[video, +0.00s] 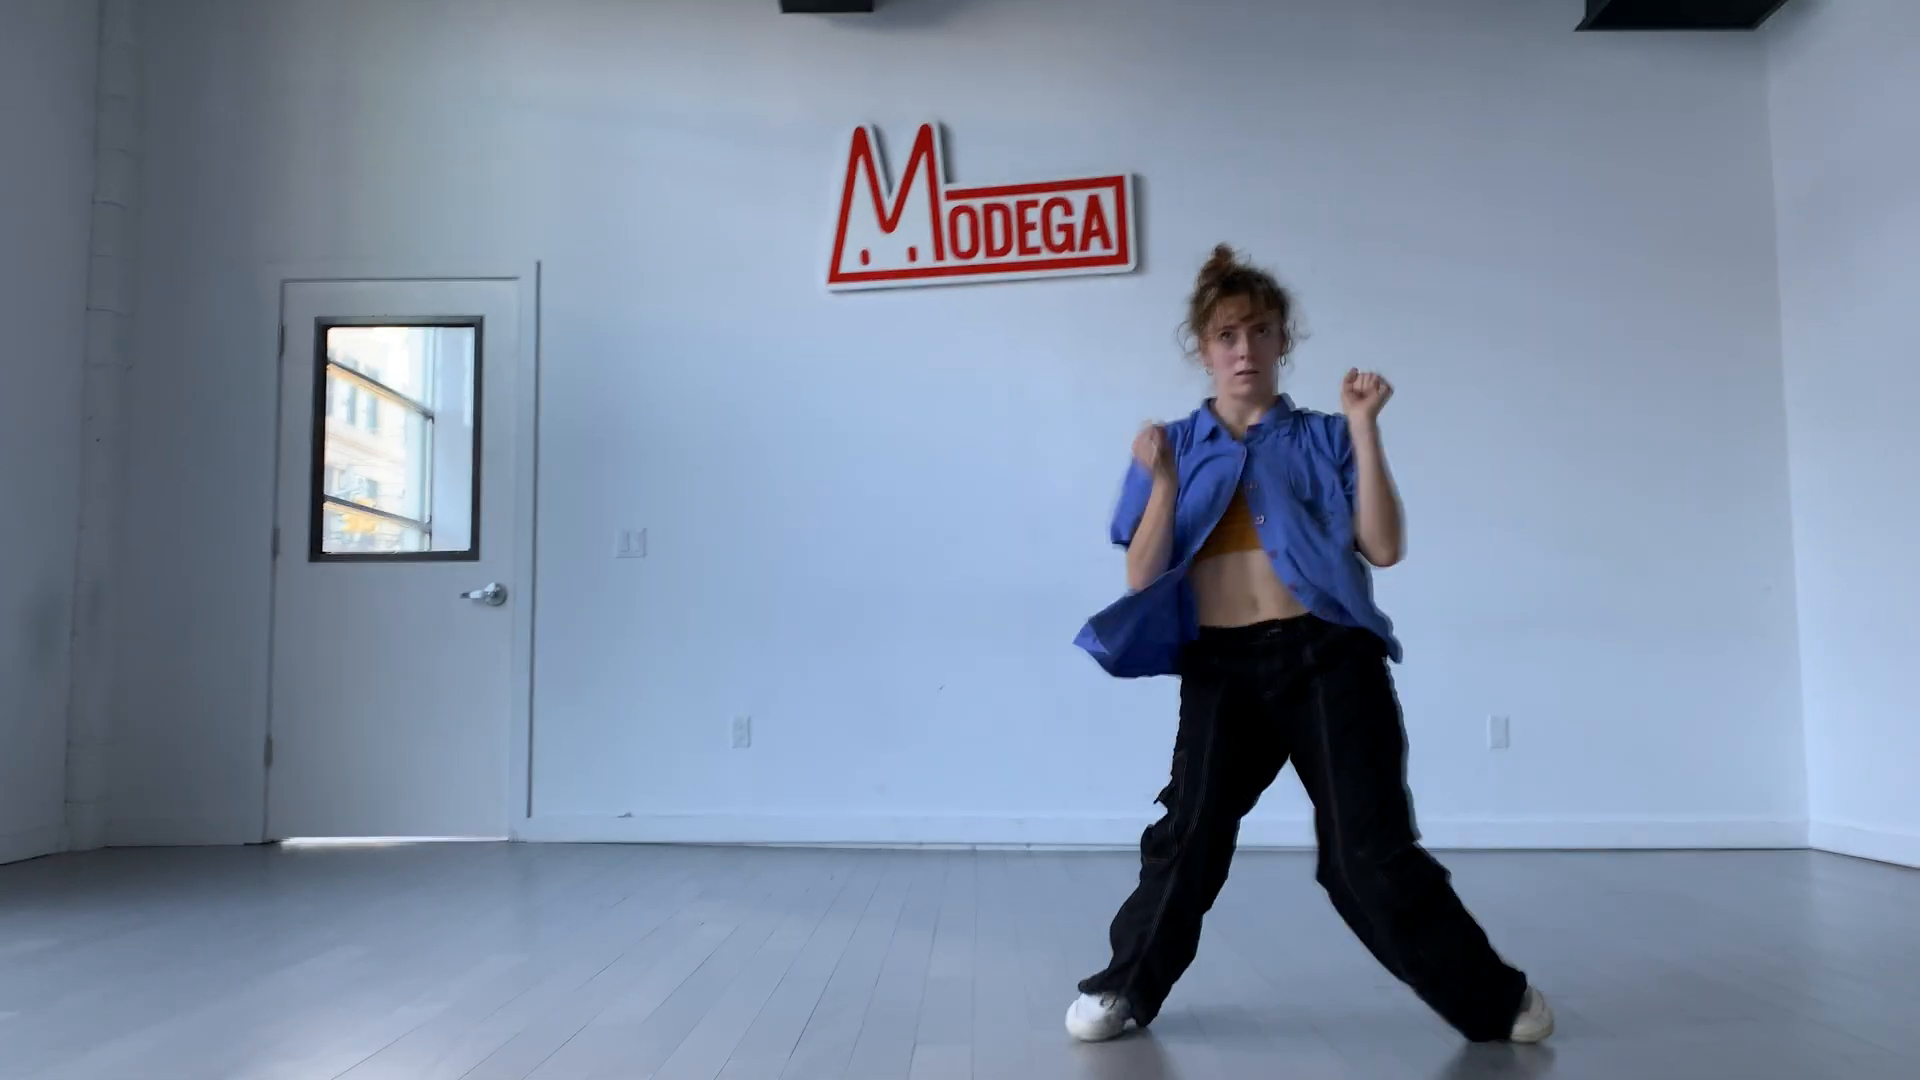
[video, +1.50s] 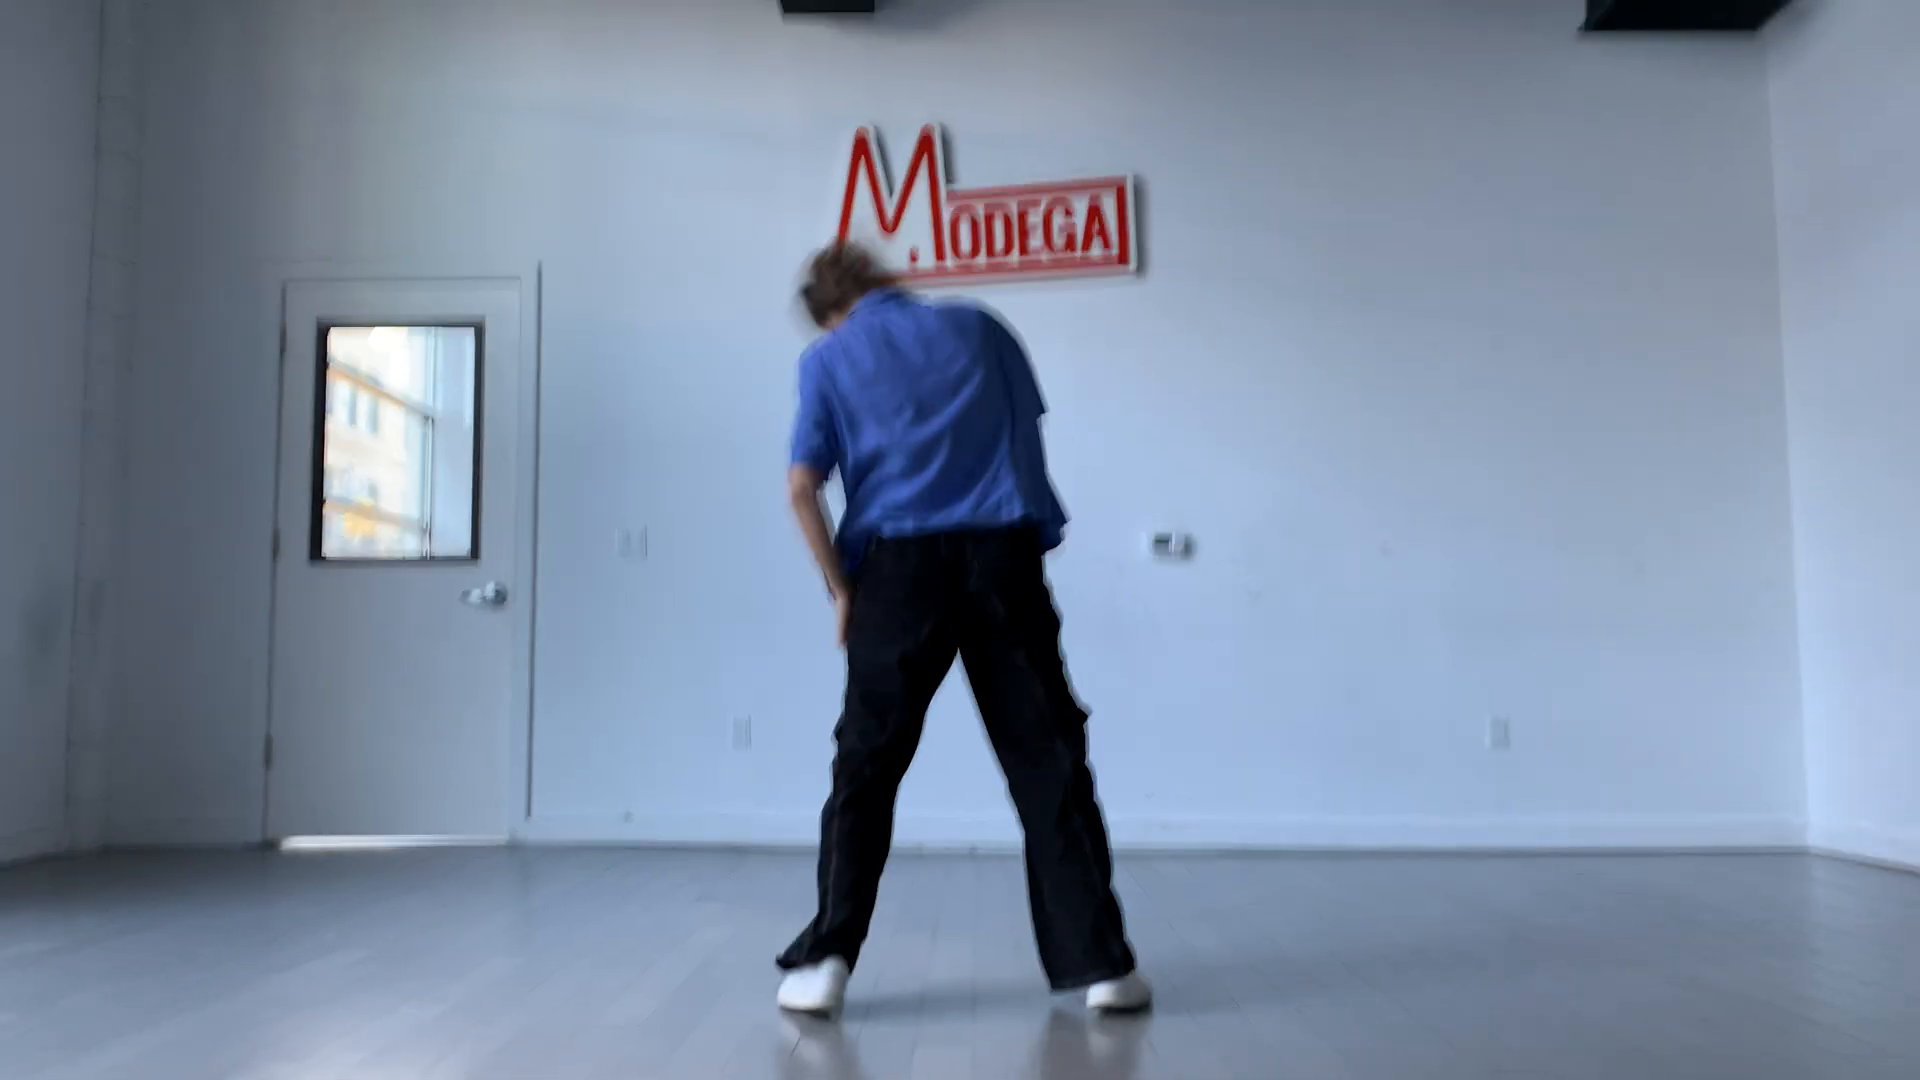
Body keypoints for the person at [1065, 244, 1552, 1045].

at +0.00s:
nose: (1244, 347)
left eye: (1258, 331)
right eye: (1227, 334)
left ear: (1282, 344)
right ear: (1203, 350)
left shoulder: (1324, 436)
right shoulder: (1173, 449)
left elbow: (1384, 547)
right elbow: (1143, 574)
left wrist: (1364, 426)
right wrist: (1165, 477)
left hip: (1331, 658)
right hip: (1225, 669)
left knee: (1368, 853)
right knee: (1187, 836)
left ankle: (1497, 999)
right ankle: (1126, 989)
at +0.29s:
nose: (1276, 351)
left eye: (1290, 335)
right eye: (1257, 336)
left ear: (1311, 347)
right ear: (1227, 349)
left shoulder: (1325, 423)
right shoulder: (1173, 419)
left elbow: (1343, 306)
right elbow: (1069, 370)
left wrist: (1226, 313)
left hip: (1316, 680)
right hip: (1206, 685)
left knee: (1397, 856)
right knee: (1227, 859)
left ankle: (1503, 1002)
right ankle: (1140, 976)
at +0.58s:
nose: (1162, 311)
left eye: (1170, 300)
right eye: (1147, 299)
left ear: (1186, 322)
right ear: (1115, 313)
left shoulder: (1212, 427)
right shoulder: (1099, 402)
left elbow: (1298, 410)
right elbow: (1140, 307)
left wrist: (1272, 330)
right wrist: (1168, 231)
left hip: (1159, 660)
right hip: (1064, 653)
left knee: (1261, 810)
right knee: (1165, 817)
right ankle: (1110, 974)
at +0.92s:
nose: (1093, 282)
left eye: (1091, 268)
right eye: (1091, 268)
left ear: (1013, 266)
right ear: (1075, 270)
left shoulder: (951, 359)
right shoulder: (1092, 363)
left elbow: (921, 487)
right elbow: (1093, 489)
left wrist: (943, 563)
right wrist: (1094, 598)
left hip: (942, 576)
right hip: (1041, 585)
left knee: (896, 769)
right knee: (1136, 756)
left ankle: (812, 960)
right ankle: (1106, 966)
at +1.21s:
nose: (935, 247)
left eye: (938, 235)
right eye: (940, 235)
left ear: (952, 242)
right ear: (1023, 253)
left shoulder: (900, 325)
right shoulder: (1062, 353)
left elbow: (866, 458)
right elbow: (1078, 483)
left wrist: (855, 568)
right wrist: (1031, 544)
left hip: (910, 563)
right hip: (1020, 572)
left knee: (865, 757)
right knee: (1054, 762)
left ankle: (812, 964)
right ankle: (1098, 966)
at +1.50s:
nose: (824, 332)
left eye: (819, 323)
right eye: (823, 324)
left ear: (829, 309)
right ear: (889, 280)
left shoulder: (827, 359)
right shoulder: (980, 325)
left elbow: (801, 487)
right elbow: (1027, 438)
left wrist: (840, 588)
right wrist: (1021, 540)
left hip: (898, 584)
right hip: (1006, 572)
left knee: (866, 769)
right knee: (1050, 763)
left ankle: (827, 960)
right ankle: (1104, 965)